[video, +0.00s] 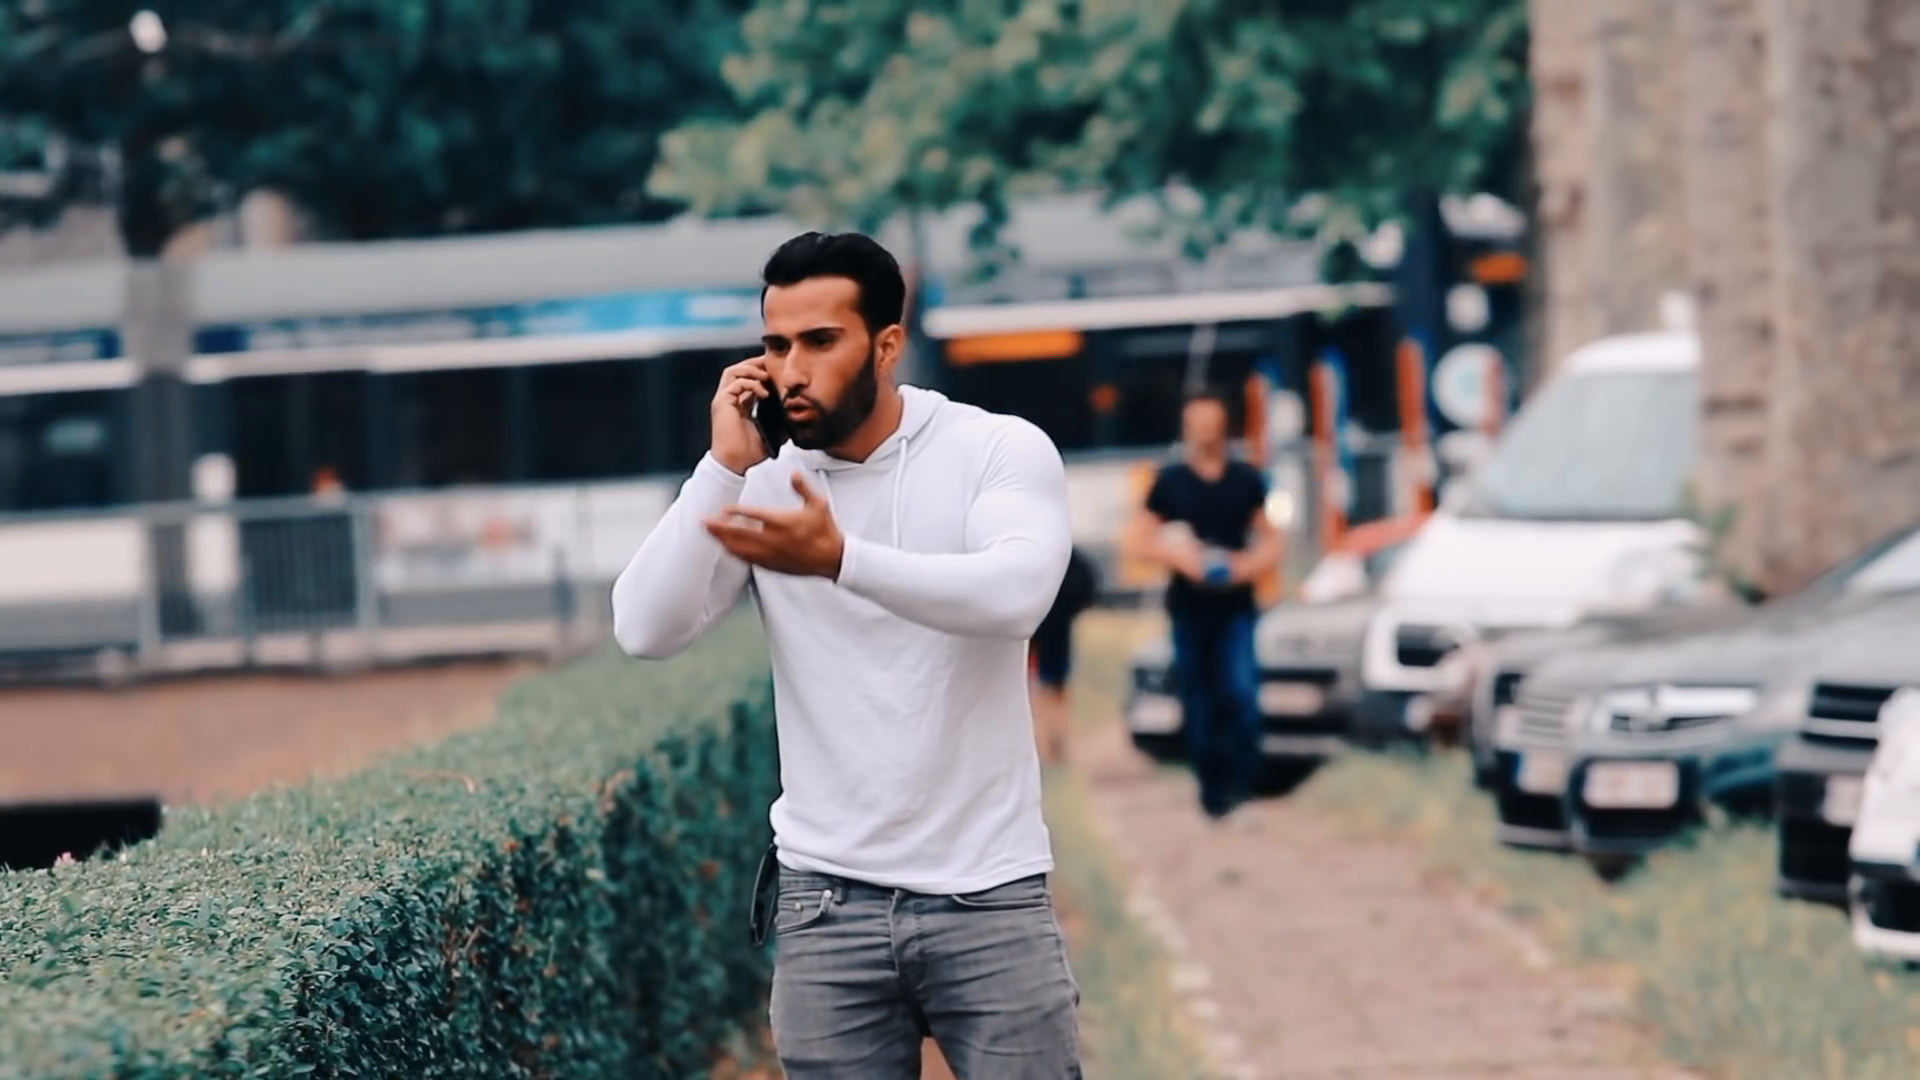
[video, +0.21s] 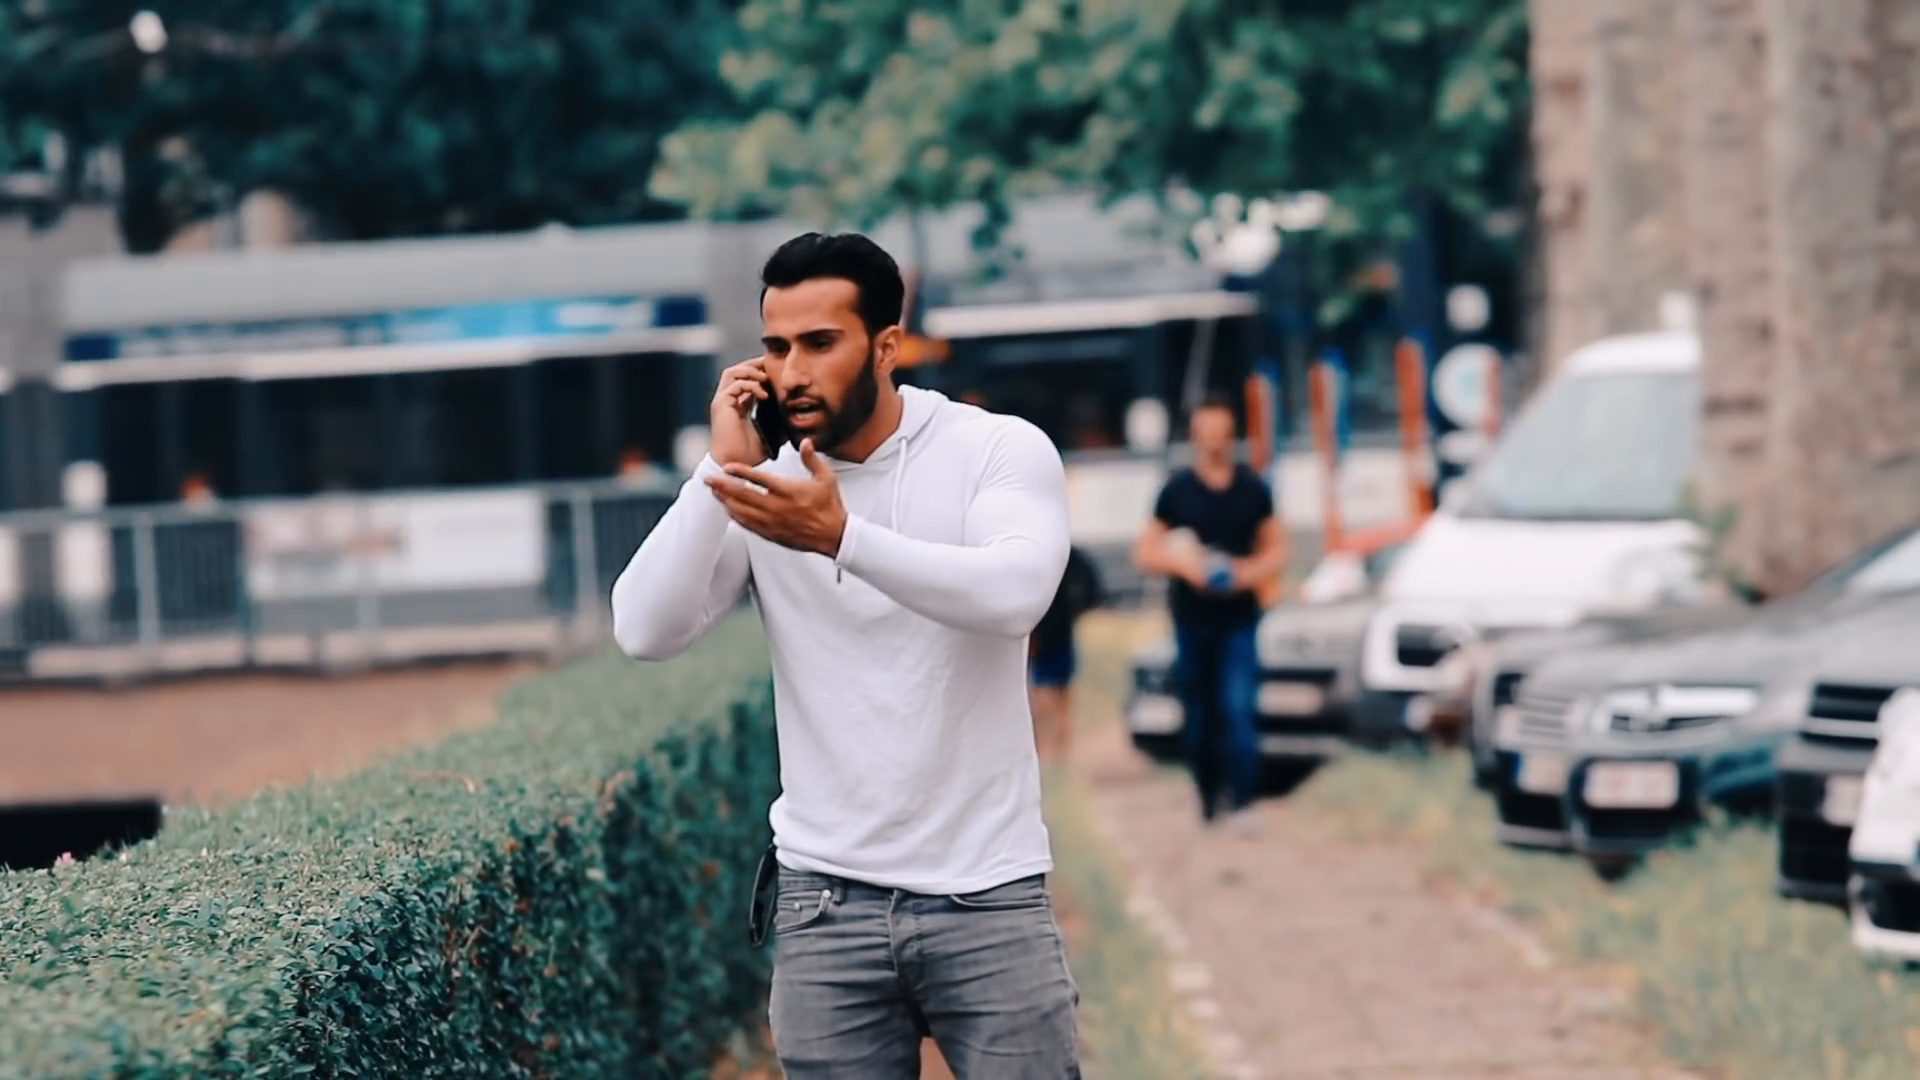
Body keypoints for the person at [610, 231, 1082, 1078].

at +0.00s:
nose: (789, 371)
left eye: (818, 342)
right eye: (776, 346)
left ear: (887, 343)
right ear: (762, 350)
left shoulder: (1003, 450)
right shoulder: (762, 481)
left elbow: (1015, 598)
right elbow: (644, 627)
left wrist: (838, 560)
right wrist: (722, 467)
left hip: (992, 895)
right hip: (823, 901)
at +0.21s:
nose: (789, 373)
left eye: (818, 343)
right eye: (775, 348)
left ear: (888, 346)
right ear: (759, 356)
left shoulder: (1003, 450)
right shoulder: (764, 486)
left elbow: (1014, 596)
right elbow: (643, 629)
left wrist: (839, 535)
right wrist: (723, 471)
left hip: (991, 896)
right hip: (822, 902)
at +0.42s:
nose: (785, 374)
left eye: (813, 344)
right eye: (771, 349)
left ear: (882, 347)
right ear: (756, 355)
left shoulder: (1000, 452)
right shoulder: (758, 486)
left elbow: (1008, 602)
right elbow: (641, 631)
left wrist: (836, 583)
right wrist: (718, 468)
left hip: (988, 897)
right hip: (819, 903)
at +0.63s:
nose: (785, 373)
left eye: (814, 344)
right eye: (771, 348)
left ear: (883, 348)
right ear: (757, 357)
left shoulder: (1002, 454)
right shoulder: (756, 491)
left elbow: (1009, 611)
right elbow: (642, 632)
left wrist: (849, 640)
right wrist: (721, 468)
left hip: (989, 899)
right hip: (820, 905)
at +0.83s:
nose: (788, 373)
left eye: (817, 343)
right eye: (775, 348)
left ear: (886, 346)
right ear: (760, 355)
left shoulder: (1004, 456)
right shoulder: (758, 491)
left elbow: (1012, 612)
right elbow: (643, 630)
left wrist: (849, 630)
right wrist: (723, 466)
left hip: (990, 898)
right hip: (821, 904)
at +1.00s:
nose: (790, 374)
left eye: (819, 345)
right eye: (778, 349)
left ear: (888, 347)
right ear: (763, 355)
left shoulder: (1006, 457)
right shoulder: (764, 487)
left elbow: (1014, 607)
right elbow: (645, 631)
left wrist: (838, 574)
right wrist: (723, 469)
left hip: (991, 897)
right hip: (822, 902)